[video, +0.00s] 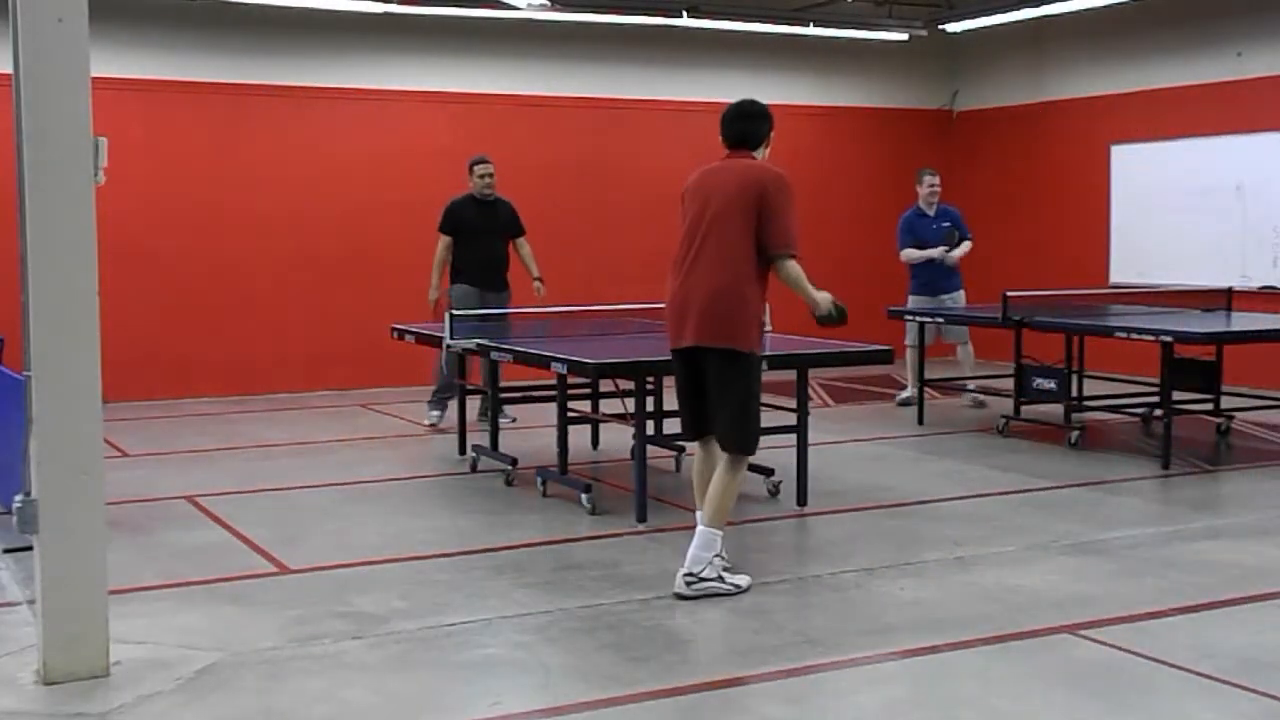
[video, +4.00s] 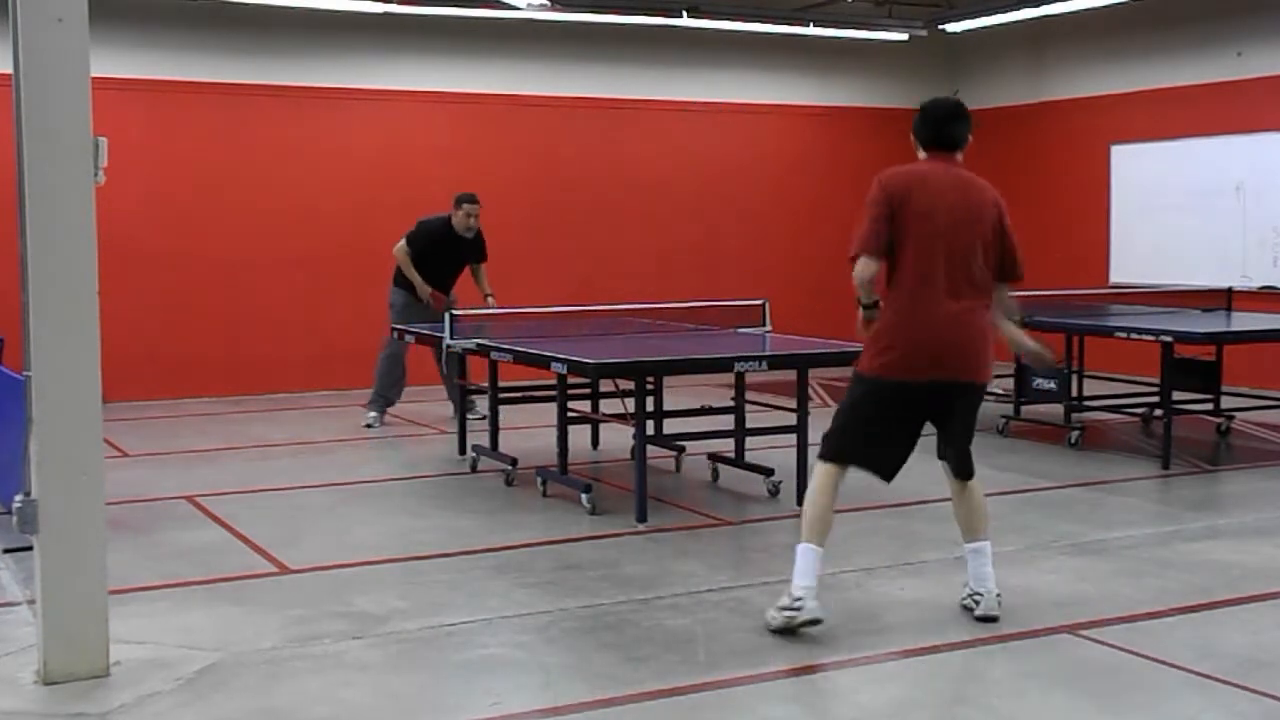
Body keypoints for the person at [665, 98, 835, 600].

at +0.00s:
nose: (772, 144)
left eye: (767, 137)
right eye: (772, 138)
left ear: (725, 138)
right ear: (767, 140)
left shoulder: (697, 180)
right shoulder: (769, 180)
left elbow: (698, 248)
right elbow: (781, 257)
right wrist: (815, 297)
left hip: (684, 324)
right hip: (732, 328)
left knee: (705, 444)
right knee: (735, 453)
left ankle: (708, 553)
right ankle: (698, 567)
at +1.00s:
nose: (730, 143)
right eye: (729, 136)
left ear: (680, 140)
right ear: (724, 140)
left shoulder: (657, 189)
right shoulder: (746, 187)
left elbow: (624, 267)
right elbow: (756, 259)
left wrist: (590, 303)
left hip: (684, 343)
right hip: (742, 343)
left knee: (691, 445)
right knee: (751, 454)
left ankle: (675, 554)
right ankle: (709, 550)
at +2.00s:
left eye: (844, 148)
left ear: (847, 154)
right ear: (897, 156)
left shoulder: (817, 201)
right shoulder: (918, 211)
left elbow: (775, 280)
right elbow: (937, 301)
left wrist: (752, 344)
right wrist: (935, 352)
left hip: (824, 365)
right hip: (895, 365)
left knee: (817, 498)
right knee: (898, 472)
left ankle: (841, 625)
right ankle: (914, 593)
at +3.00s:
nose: (920, 184)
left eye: (922, 177)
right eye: (922, 176)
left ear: (931, 180)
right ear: (978, 178)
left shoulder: (942, 225)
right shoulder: (1006, 224)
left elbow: (936, 317)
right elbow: (1019, 312)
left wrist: (888, 389)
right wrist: (961, 381)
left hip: (985, 391)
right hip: (1032, 383)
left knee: (981, 541)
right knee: (952, 449)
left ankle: (1107, 650)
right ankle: (949, 586)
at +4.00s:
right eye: (967, 139)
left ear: (916, 141)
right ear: (967, 143)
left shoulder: (892, 183)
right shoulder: (987, 197)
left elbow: (867, 271)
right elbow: (1002, 291)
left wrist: (868, 311)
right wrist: (1022, 340)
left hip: (896, 355)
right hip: (968, 358)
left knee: (832, 460)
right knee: (961, 463)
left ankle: (802, 593)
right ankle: (983, 590)